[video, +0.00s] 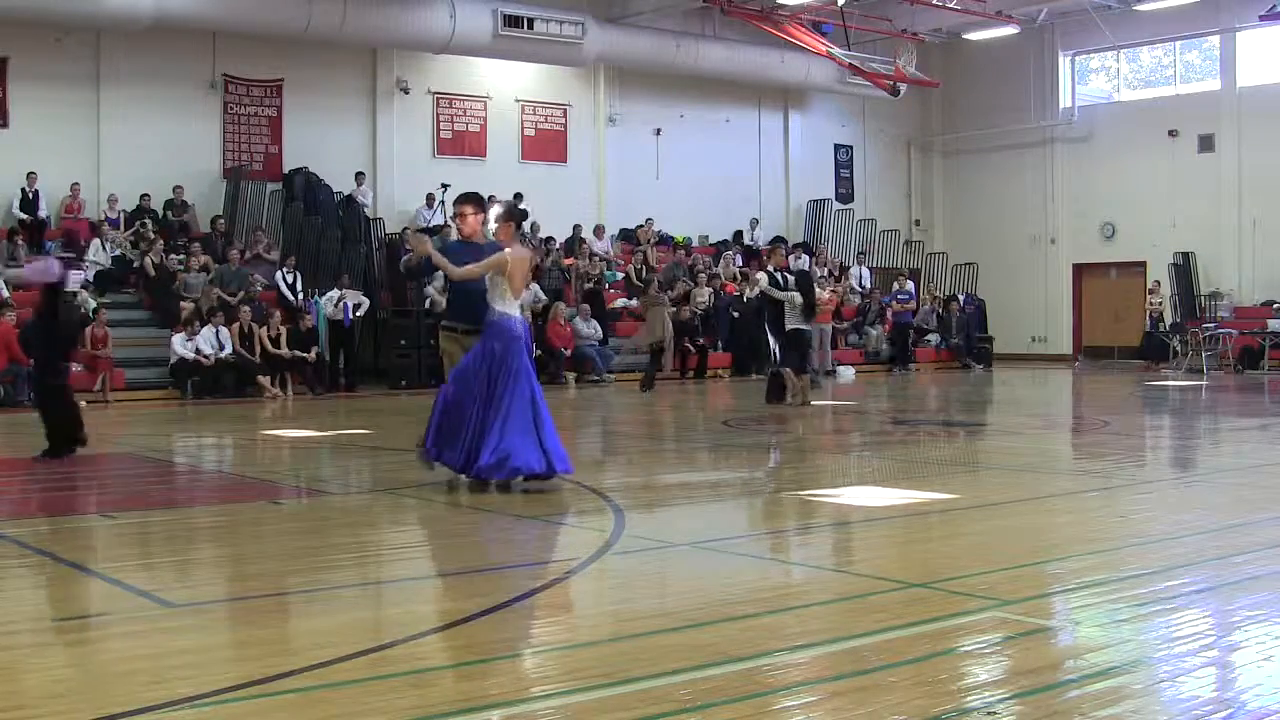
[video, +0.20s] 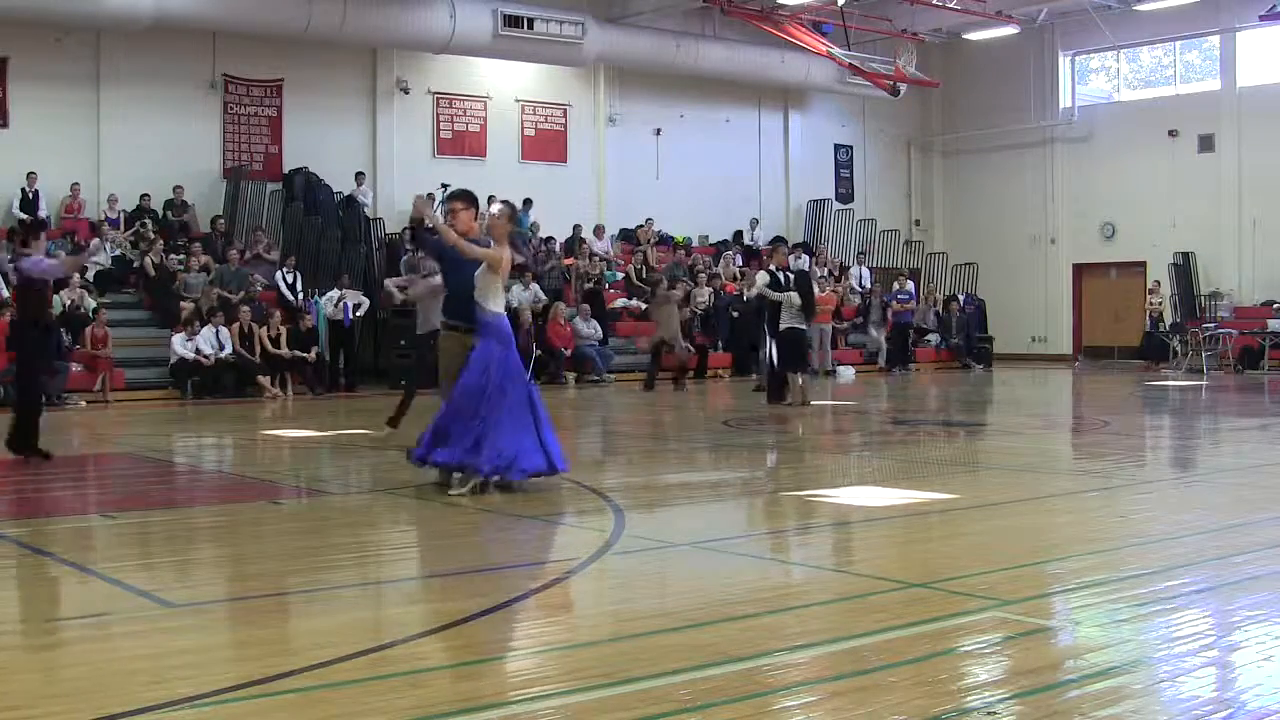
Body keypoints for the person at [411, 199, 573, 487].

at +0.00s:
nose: (494, 231)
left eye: (497, 225)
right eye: (495, 225)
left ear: (509, 227)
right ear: (514, 227)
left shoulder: (503, 257)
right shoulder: (528, 254)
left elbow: (457, 274)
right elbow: (520, 285)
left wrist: (430, 251)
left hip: (500, 330)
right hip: (518, 328)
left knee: (460, 381)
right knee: (512, 394)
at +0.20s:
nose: (489, 219)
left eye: (496, 216)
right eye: (491, 214)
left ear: (508, 225)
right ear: (496, 222)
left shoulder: (499, 255)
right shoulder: (497, 252)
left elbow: (460, 246)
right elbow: (463, 243)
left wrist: (432, 218)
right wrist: (440, 222)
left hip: (494, 334)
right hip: (492, 331)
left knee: (473, 397)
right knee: (492, 399)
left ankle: (475, 467)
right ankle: (495, 464)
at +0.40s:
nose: (488, 215)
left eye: (496, 213)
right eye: (490, 210)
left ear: (509, 223)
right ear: (490, 216)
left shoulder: (492, 252)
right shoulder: (496, 250)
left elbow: (454, 233)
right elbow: (461, 233)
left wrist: (419, 202)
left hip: (483, 330)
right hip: (487, 327)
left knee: (474, 396)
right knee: (491, 395)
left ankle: (473, 469)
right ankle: (502, 463)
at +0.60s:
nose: (483, 217)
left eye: (490, 213)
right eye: (484, 212)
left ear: (505, 224)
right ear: (496, 223)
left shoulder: (491, 251)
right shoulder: (492, 249)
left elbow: (450, 228)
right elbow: (456, 232)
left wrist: (416, 198)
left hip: (481, 330)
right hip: (485, 328)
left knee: (472, 395)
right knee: (493, 396)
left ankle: (474, 469)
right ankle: (511, 464)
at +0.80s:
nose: (465, 223)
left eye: (472, 219)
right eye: (465, 218)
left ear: (487, 225)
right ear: (467, 222)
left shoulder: (480, 253)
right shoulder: (469, 249)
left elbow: (439, 244)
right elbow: (437, 241)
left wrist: (403, 221)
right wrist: (406, 225)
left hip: (476, 331)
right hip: (474, 328)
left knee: (465, 398)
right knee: (491, 397)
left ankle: (464, 469)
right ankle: (509, 465)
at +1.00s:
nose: (439, 226)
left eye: (445, 221)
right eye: (440, 220)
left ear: (461, 227)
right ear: (445, 225)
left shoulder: (456, 258)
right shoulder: (449, 256)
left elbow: (413, 244)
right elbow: (412, 243)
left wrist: (375, 216)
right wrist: (378, 218)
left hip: (457, 333)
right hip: (448, 331)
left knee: (450, 399)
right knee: (448, 399)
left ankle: (462, 469)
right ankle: (456, 468)